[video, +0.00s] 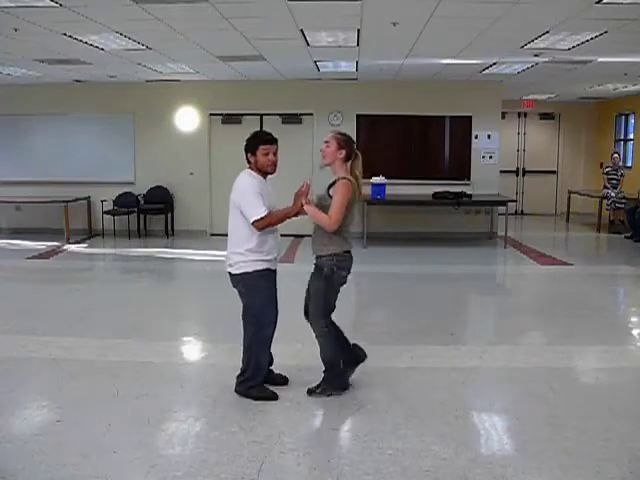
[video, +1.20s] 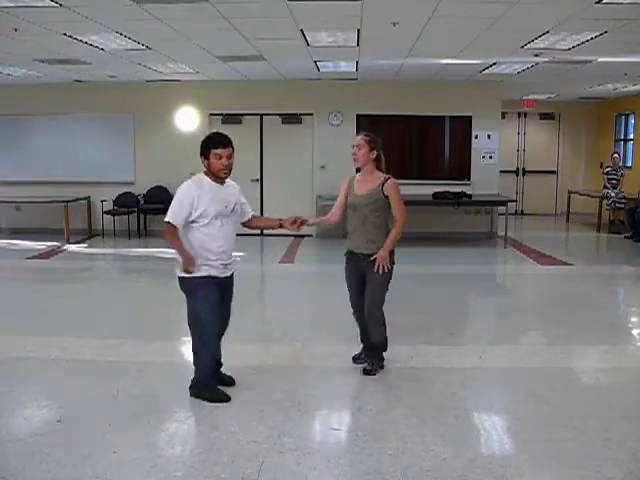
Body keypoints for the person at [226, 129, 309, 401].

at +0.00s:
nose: (273, 159)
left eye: (275, 154)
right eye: (266, 154)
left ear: (276, 155)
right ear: (251, 157)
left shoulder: (260, 182)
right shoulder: (248, 183)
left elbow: (265, 218)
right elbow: (260, 222)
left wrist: (294, 207)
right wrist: (294, 210)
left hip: (262, 265)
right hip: (250, 266)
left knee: (266, 320)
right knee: (259, 322)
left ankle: (261, 370)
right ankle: (249, 382)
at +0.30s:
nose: (253, 158)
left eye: (256, 154)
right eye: (247, 154)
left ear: (258, 156)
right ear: (232, 157)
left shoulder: (252, 185)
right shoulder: (226, 184)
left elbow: (264, 216)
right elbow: (233, 227)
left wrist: (281, 193)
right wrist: (274, 241)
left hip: (251, 266)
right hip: (228, 268)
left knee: (256, 320)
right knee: (230, 324)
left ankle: (259, 370)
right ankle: (213, 379)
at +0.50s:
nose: (235, 161)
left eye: (238, 156)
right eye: (229, 156)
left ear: (240, 157)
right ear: (214, 158)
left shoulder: (238, 186)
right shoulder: (203, 189)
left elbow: (246, 220)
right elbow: (200, 233)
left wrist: (267, 202)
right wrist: (237, 257)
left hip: (235, 271)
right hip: (210, 273)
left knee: (246, 321)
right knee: (208, 330)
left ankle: (257, 369)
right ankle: (203, 379)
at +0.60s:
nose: (227, 162)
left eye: (230, 156)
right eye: (220, 157)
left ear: (233, 157)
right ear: (206, 159)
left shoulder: (233, 188)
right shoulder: (194, 189)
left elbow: (240, 220)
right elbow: (182, 231)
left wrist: (267, 216)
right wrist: (216, 261)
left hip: (230, 271)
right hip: (203, 273)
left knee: (241, 322)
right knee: (203, 330)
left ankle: (254, 369)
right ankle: (203, 379)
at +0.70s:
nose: (220, 163)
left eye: (223, 157)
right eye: (214, 158)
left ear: (227, 158)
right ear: (199, 161)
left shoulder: (231, 188)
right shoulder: (186, 189)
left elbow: (247, 219)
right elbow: (167, 228)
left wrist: (276, 222)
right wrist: (195, 261)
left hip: (227, 272)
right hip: (196, 275)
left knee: (239, 320)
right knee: (199, 330)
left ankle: (243, 369)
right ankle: (203, 380)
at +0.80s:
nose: (216, 162)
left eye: (219, 157)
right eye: (209, 158)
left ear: (223, 157)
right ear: (196, 161)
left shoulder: (231, 188)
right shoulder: (181, 189)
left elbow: (253, 218)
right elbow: (161, 225)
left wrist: (285, 217)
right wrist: (170, 256)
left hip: (224, 272)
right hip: (191, 274)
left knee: (233, 320)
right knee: (196, 329)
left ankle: (226, 369)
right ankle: (202, 380)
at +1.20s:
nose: (227, 163)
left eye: (230, 157)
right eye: (220, 158)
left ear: (233, 158)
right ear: (205, 160)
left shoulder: (232, 190)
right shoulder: (190, 189)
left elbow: (249, 220)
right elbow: (170, 229)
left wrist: (282, 222)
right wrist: (184, 253)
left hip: (224, 273)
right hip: (198, 274)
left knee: (218, 327)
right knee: (205, 330)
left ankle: (212, 371)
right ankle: (202, 384)